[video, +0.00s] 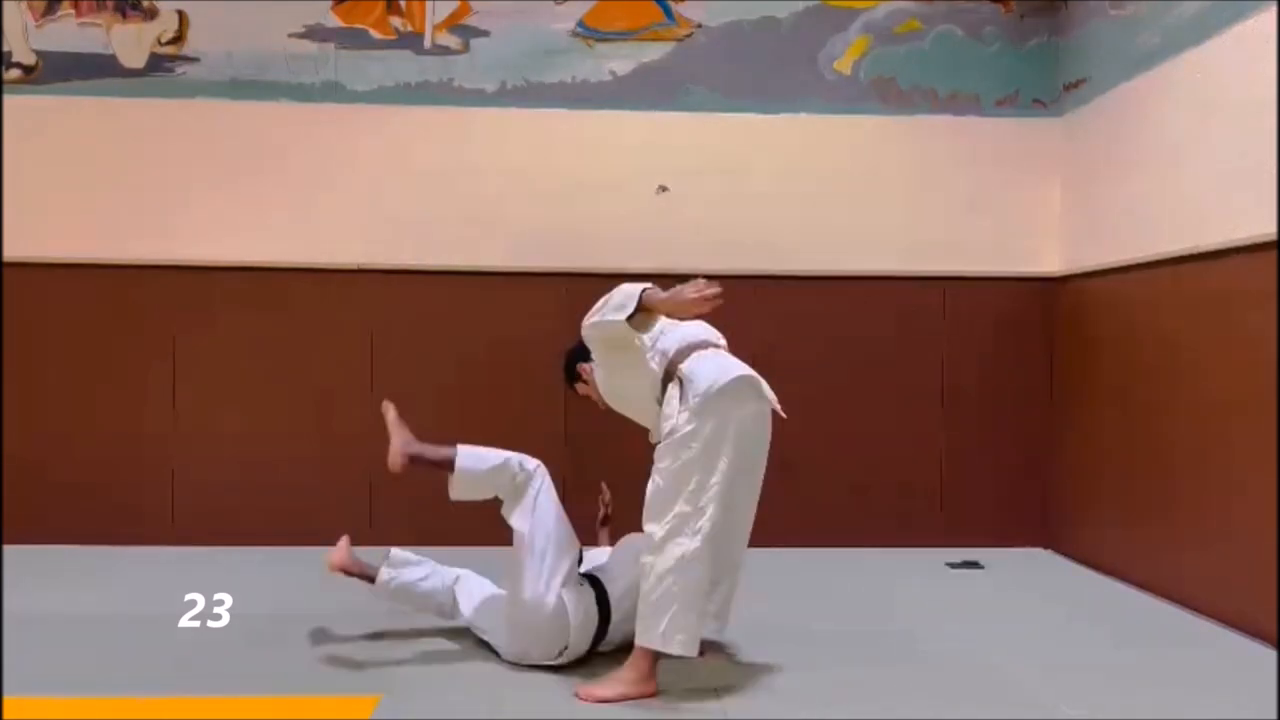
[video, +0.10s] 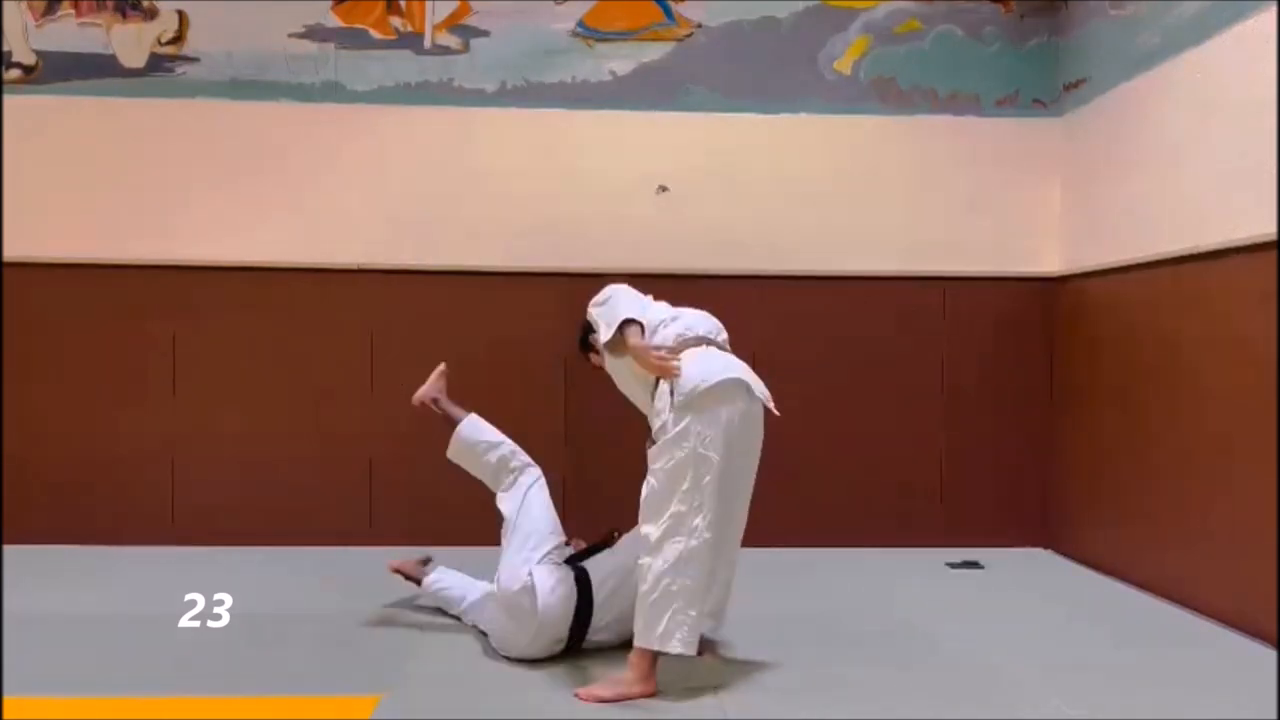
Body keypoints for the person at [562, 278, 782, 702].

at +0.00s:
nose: (596, 403)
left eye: (585, 393)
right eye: (588, 399)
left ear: (585, 370)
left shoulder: (598, 335)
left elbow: (618, 300)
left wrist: (664, 302)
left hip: (705, 385)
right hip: (750, 390)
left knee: (669, 526)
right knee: (718, 521)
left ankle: (640, 668)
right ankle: (701, 639)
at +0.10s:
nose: (604, 369)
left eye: (599, 360)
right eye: (600, 365)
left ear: (596, 340)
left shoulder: (609, 300)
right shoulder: (673, 320)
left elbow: (625, 312)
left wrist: (638, 348)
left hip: (699, 395)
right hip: (745, 395)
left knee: (664, 527)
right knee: (717, 520)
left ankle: (640, 671)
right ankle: (698, 634)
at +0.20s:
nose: (601, 333)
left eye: (600, 323)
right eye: (601, 327)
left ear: (596, 302)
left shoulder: (616, 281)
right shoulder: (674, 304)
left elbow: (627, 295)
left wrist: (636, 346)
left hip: (695, 393)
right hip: (738, 394)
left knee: (663, 525)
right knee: (707, 520)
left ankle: (639, 670)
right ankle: (689, 631)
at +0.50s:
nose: (610, 204)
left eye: (616, 193)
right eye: (610, 193)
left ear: (640, 192)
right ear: (647, 192)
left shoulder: (660, 223)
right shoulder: (654, 235)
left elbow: (713, 276)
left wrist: (712, 354)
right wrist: (644, 395)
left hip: (693, 375)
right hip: (673, 377)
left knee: (681, 511)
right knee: (654, 505)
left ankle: (740, 636)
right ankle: (686, 626)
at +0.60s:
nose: (626, 185)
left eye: (634, 175)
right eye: (628, 175)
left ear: (663, 178)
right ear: (659, 179)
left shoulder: (688, 223)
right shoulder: (663, 231)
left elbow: (727, 297)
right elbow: (682, 307)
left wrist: (724, 377)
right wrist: (661, 369)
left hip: (702, 388)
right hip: (679, 387)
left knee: (706, 514)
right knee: (681, 508)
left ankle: (753, 642)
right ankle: (690, 625)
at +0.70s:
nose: (640, 182)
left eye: (649, 172)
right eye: (642, 172)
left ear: (681, 176)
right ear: (677, 177)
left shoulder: (712, 229)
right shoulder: (677, 231)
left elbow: (744, 311)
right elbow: (692, 314)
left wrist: (742, 395)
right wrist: (669, 379)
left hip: (715, 392)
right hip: (685, 391)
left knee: (724, 521)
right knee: (687, 515)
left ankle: (756, 650)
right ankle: (688, 626)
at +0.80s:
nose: (652, 194)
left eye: (659, 183)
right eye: (651, 184)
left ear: (691, 180)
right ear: (685, 181)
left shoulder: (731, 234)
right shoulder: (686, 235)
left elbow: (755, 322)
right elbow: (695, 316)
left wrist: (739, 403)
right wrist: (690, 383)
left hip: (737, 397)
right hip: (704, 394)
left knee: (738, 524)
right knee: (694, 514)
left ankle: (761, 654)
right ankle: (688, 623)